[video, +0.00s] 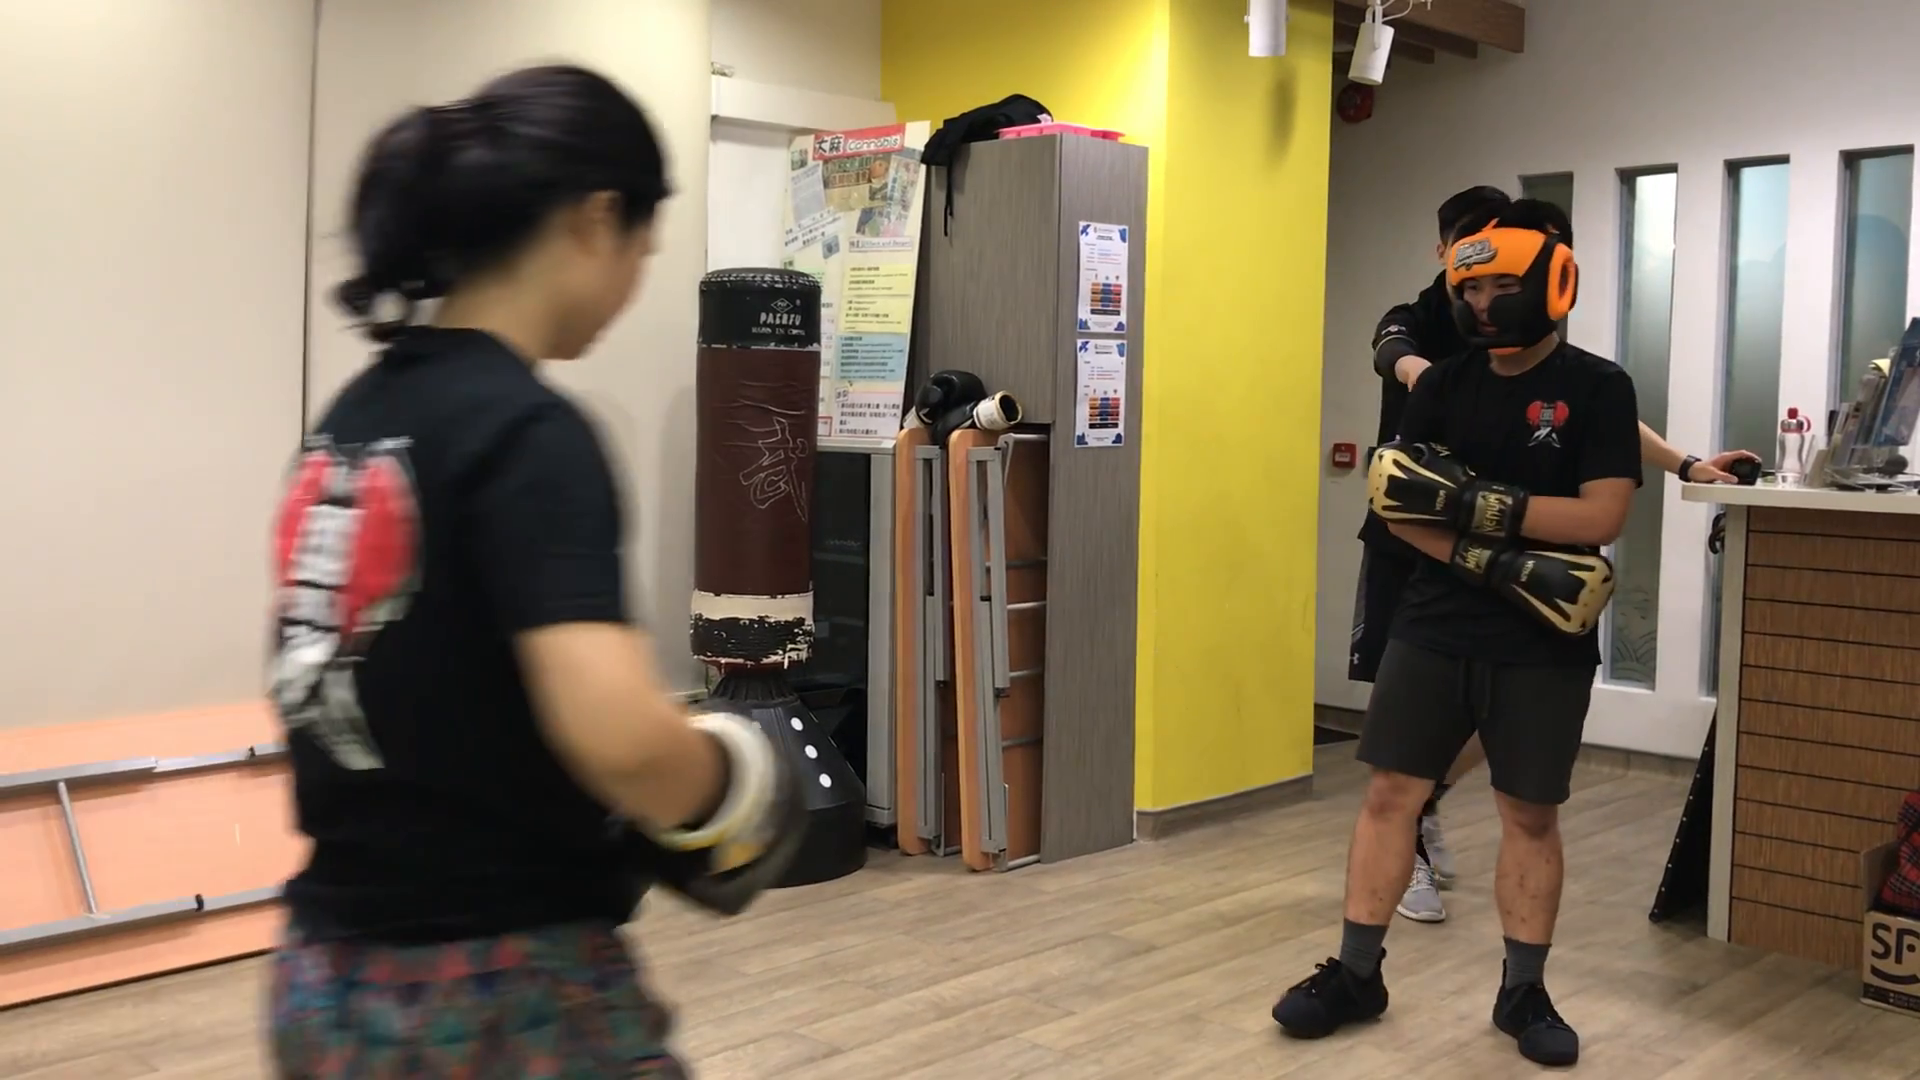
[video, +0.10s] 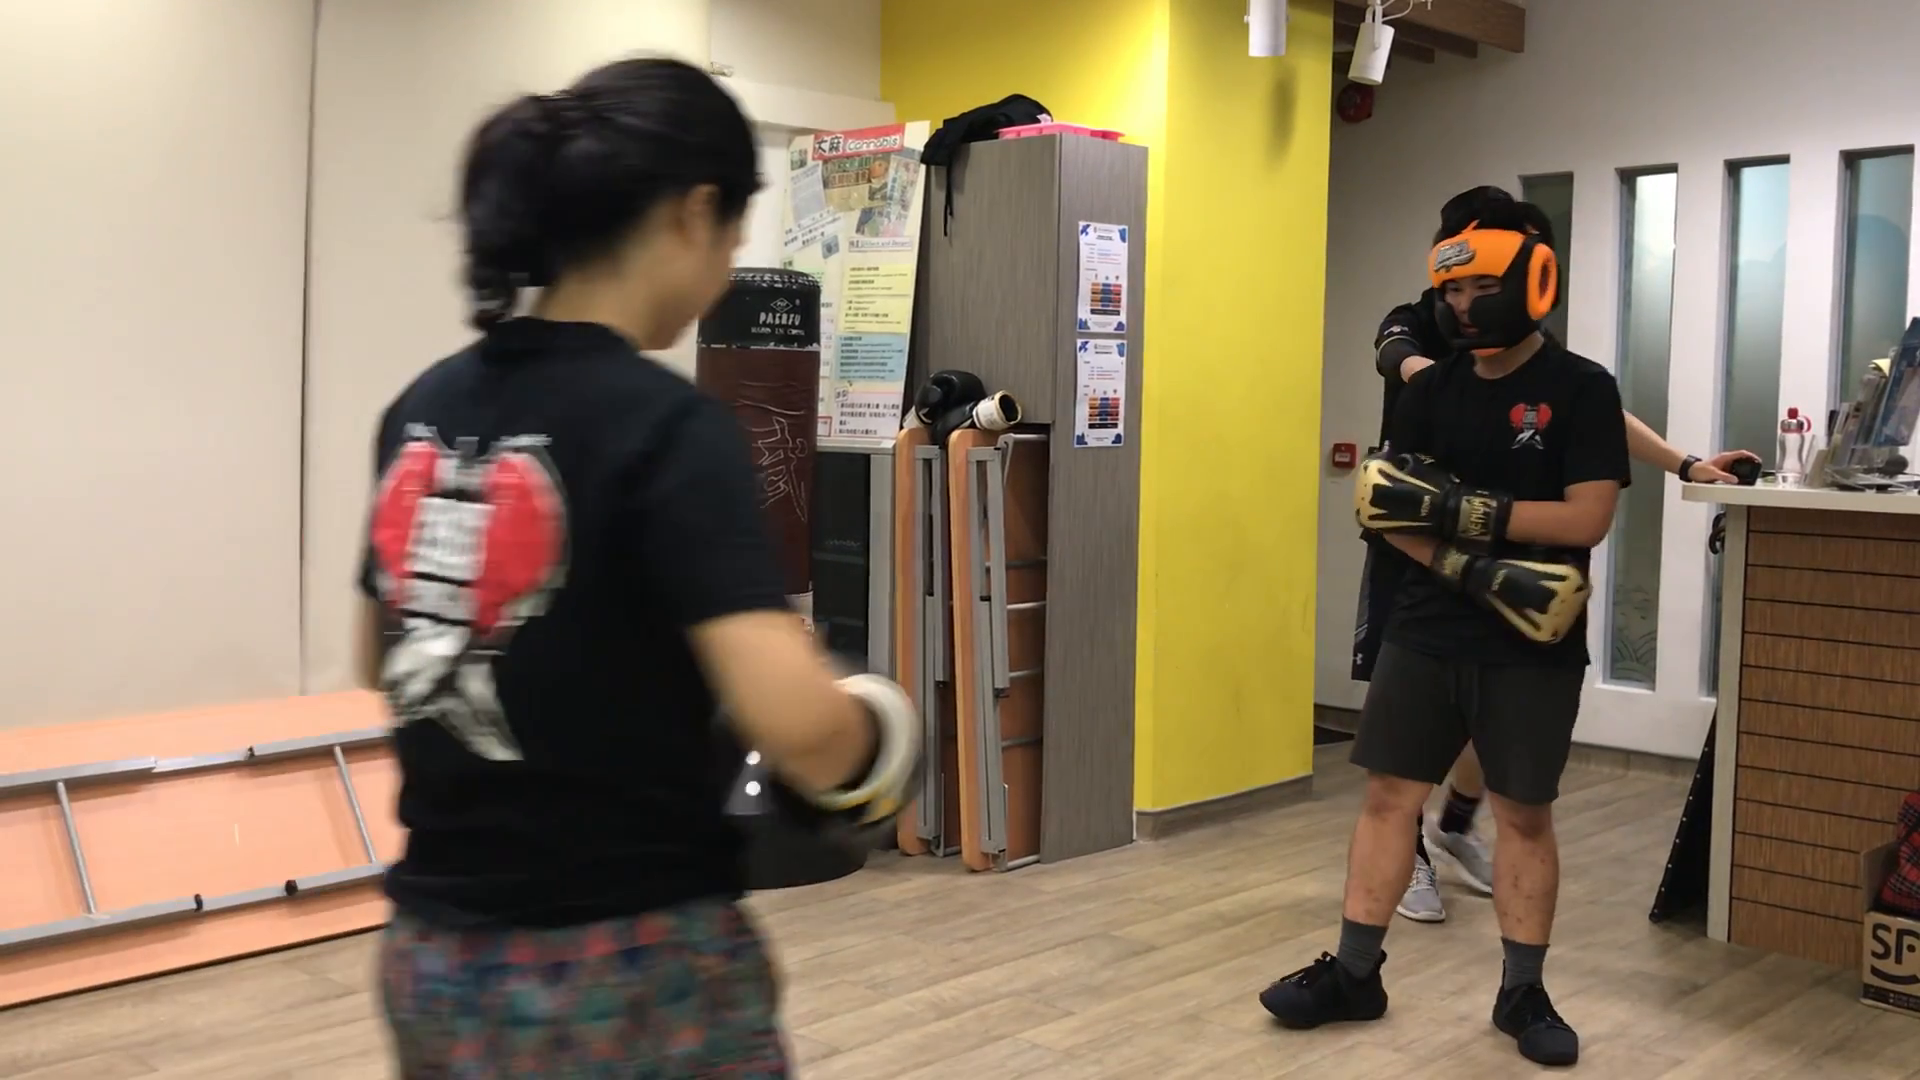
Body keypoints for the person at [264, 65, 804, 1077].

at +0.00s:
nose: (633, 288)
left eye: (643, 255)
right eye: (641, 251)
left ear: (470, 223)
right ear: (591, 221)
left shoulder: (353, 418)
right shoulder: (529, 430)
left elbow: (401, 699)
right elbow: (616, 736)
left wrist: (628, 803)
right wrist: (740, 779)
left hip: (334, 973)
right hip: (511, 987)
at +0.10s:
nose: (727, 278)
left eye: (734, 245)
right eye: (732, 241)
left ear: (562, 208)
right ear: (692, 213)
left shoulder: (424, 409)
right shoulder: (667, 423)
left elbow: (380, 663)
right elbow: (799, 729)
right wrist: (863, 724)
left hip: (440, 953)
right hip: (640, 961)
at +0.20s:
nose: (793, 264)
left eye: (802, 231)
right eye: (800, 227)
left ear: (628, 201)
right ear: (763, 207)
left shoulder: (487, 398)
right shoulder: (773, 410)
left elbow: (485, 662)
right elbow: (927, 693)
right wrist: (983, 663)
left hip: (527, 938)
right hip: (734, 938)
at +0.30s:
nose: (839, 249)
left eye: (845, 218)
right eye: (844, 215)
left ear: (665, 201)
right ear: (811, 203)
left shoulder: (537, 391)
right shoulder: (850, 400)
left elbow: (554, 638)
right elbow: (997, 668)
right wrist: (1034, 600)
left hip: (581, 927)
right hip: (796, 933)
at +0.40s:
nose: (872, 246)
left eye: (875, 218)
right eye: (874, 216)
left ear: (696, 210)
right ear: (847, 215)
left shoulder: (588, 397)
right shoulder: (902, 408)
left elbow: (577, 633)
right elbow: (1044, 659)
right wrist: (1061, 580)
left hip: (637, 917)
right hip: (845, 916)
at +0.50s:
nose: (897, 256)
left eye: (898, 230)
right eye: (898, 229)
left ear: (729, 225)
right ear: (872, 235)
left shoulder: (627, 410)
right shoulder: (929, 420)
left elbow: (601, 631)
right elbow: (1058, 656)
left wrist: (728, 569)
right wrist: (1068, 571)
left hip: (685, 908)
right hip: (883, 909)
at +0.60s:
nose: (905, 260)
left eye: (906, 235)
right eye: (906, 235)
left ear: (748, 231)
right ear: (885, 241)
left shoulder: (656, 413)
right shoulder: (938, 415)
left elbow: (631, 631)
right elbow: (1043, 649)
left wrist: (750, 566)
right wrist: (1056, 548)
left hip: (723, 885)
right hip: (913, 888)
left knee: (739, 1069)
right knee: (932, 1066)